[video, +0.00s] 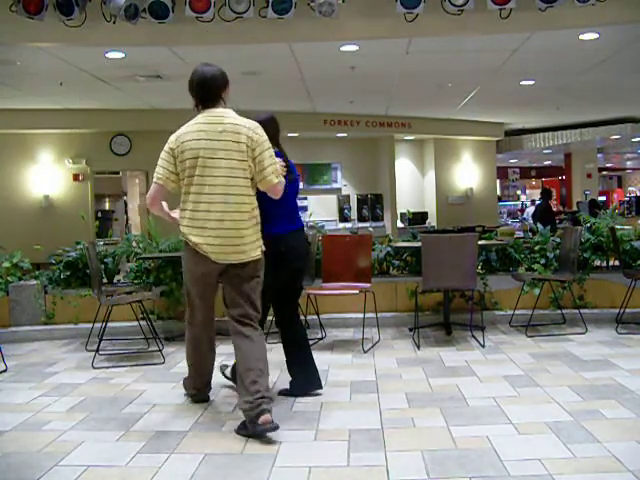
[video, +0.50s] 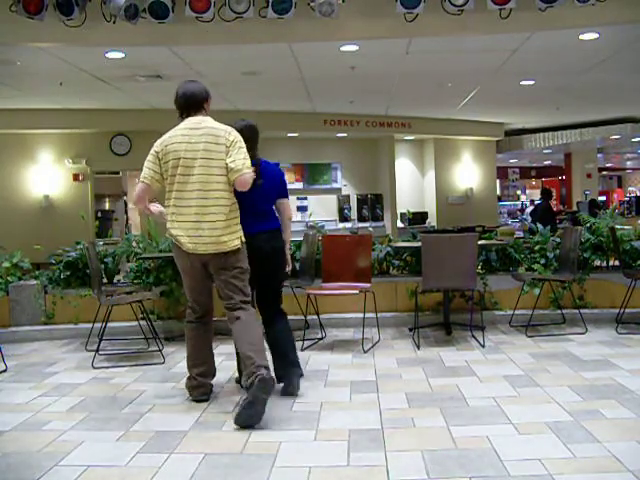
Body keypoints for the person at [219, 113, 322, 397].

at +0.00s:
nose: (248, 144)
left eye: (250, 138)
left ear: (256, 138)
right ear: (277, 135)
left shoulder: (259, 166)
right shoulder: (288, 165)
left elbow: (251, 205)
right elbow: (288, 199)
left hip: (274, 244)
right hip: (295, 240)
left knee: (256, 309)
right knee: (287, 312)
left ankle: (243, 369)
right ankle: (306, 380)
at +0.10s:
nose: (250, 143)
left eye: (251, 137)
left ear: (253, 139)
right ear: (275, 137)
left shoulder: (251, 169)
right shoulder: (289, 168)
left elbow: (241, 204)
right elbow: (294, 195)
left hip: (265, 246)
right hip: (293, 242)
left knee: (255, 314)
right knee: (289, 313)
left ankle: (249, 380)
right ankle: (306, 380)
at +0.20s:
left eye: (248, 139)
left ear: (249, 141)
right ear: (271, 139)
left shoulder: (244, 170)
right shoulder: (285, 168)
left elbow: (236, 206)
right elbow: (294, 202)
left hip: (259, 245)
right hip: (289, 241)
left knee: (254, 313)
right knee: (287, 312)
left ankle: (251, 381)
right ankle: (304, 380)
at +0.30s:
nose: (242, 143)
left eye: (242, 138)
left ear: (243, 140)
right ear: (266, 138)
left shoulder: (239, 168)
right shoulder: (282, 167)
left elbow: (232, 208)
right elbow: (291, 208)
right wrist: (288, 235)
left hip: (253, 243)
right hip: (283, 240)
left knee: (249, 312)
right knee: (285, 310)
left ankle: (249, 378)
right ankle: (300, 379)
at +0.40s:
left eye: (237, 139)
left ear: (238, 141)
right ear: (261, 139)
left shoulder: (234, 169)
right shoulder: (276, 166)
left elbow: (228, 208)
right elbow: (289, 209)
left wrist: (230, 238)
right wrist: (286, 238)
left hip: (246, 243)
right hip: (277, 240)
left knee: (245, 311)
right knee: (280, 309)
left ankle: (250, 376)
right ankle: (295, 378)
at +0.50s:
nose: (234, 148)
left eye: (234, 143)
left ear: (233, 144)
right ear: (256, 142)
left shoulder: (228, 172)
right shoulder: (271, 171)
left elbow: (222, 213)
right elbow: (286, 213)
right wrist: (286, 249)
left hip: (240, 246)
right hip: (270, 243)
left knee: (241, 308)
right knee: (272, 307)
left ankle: (248, 372)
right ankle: (290, 372)